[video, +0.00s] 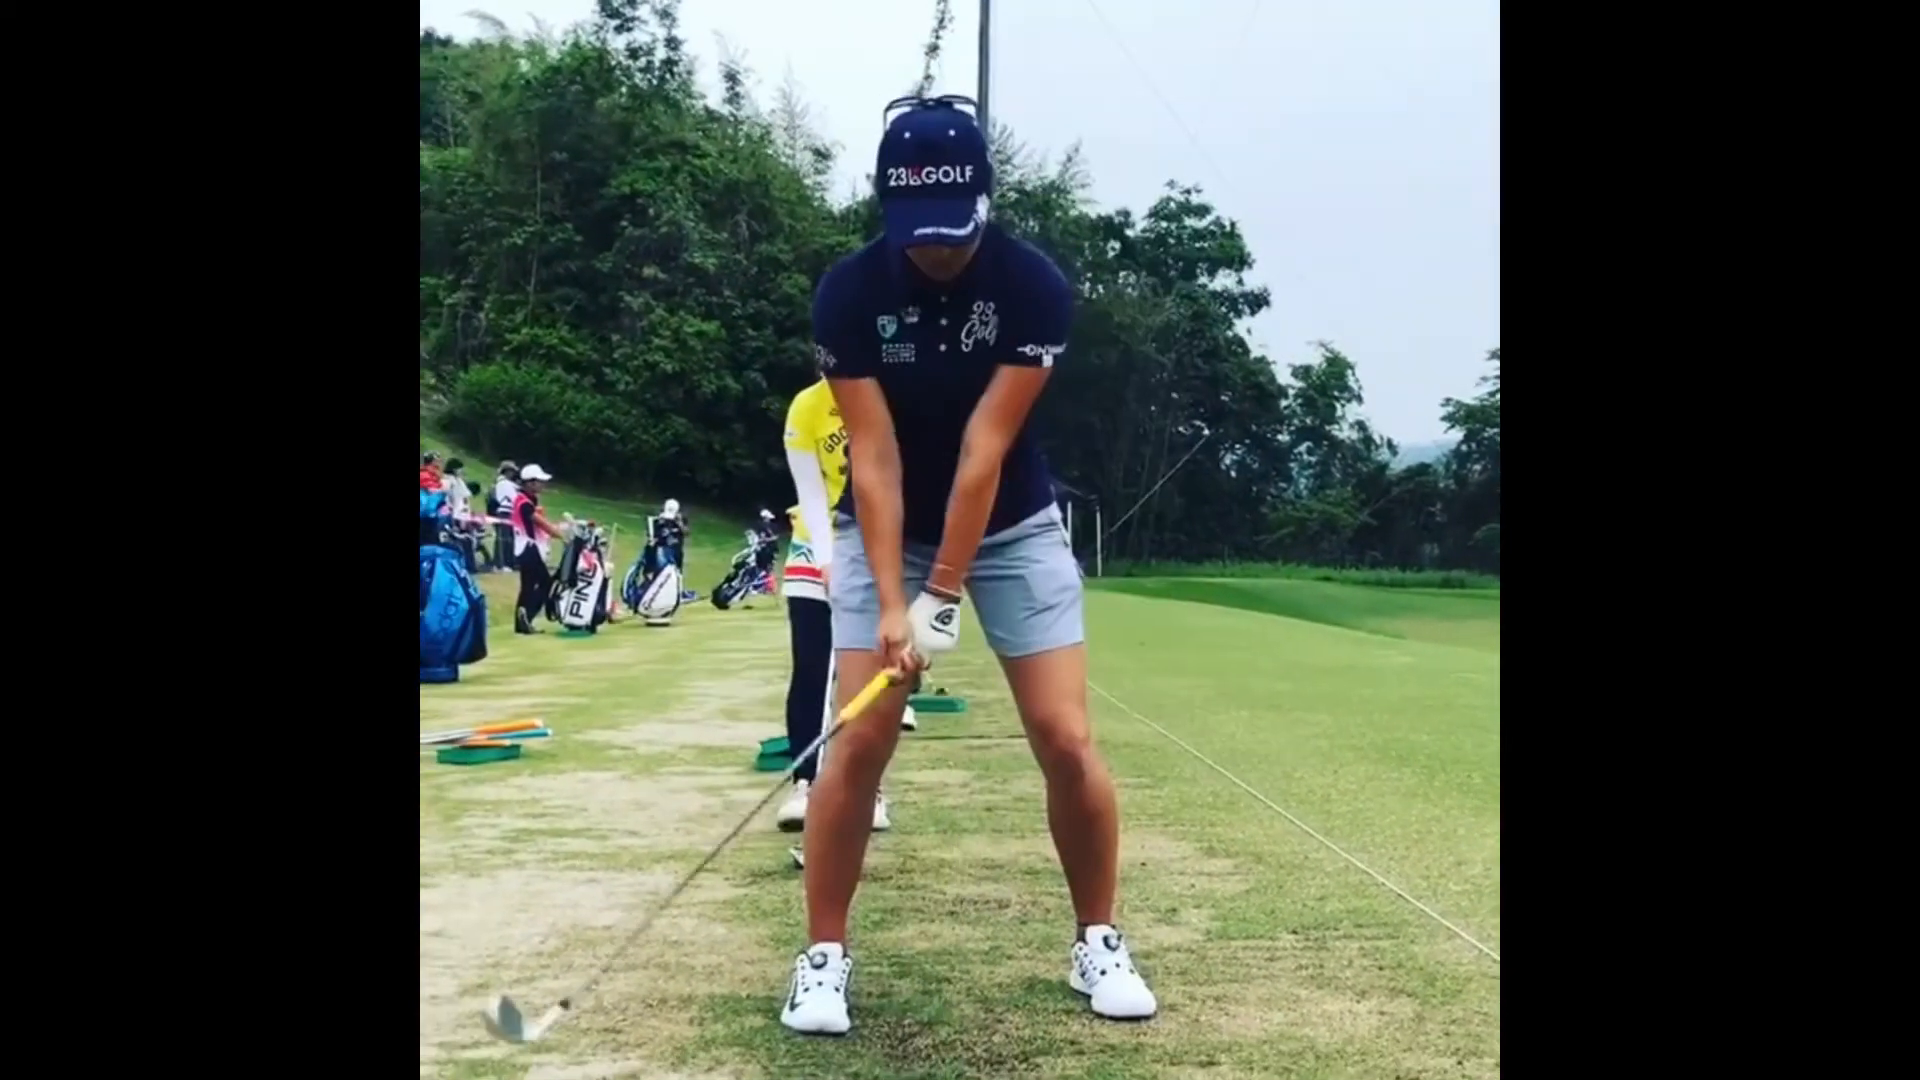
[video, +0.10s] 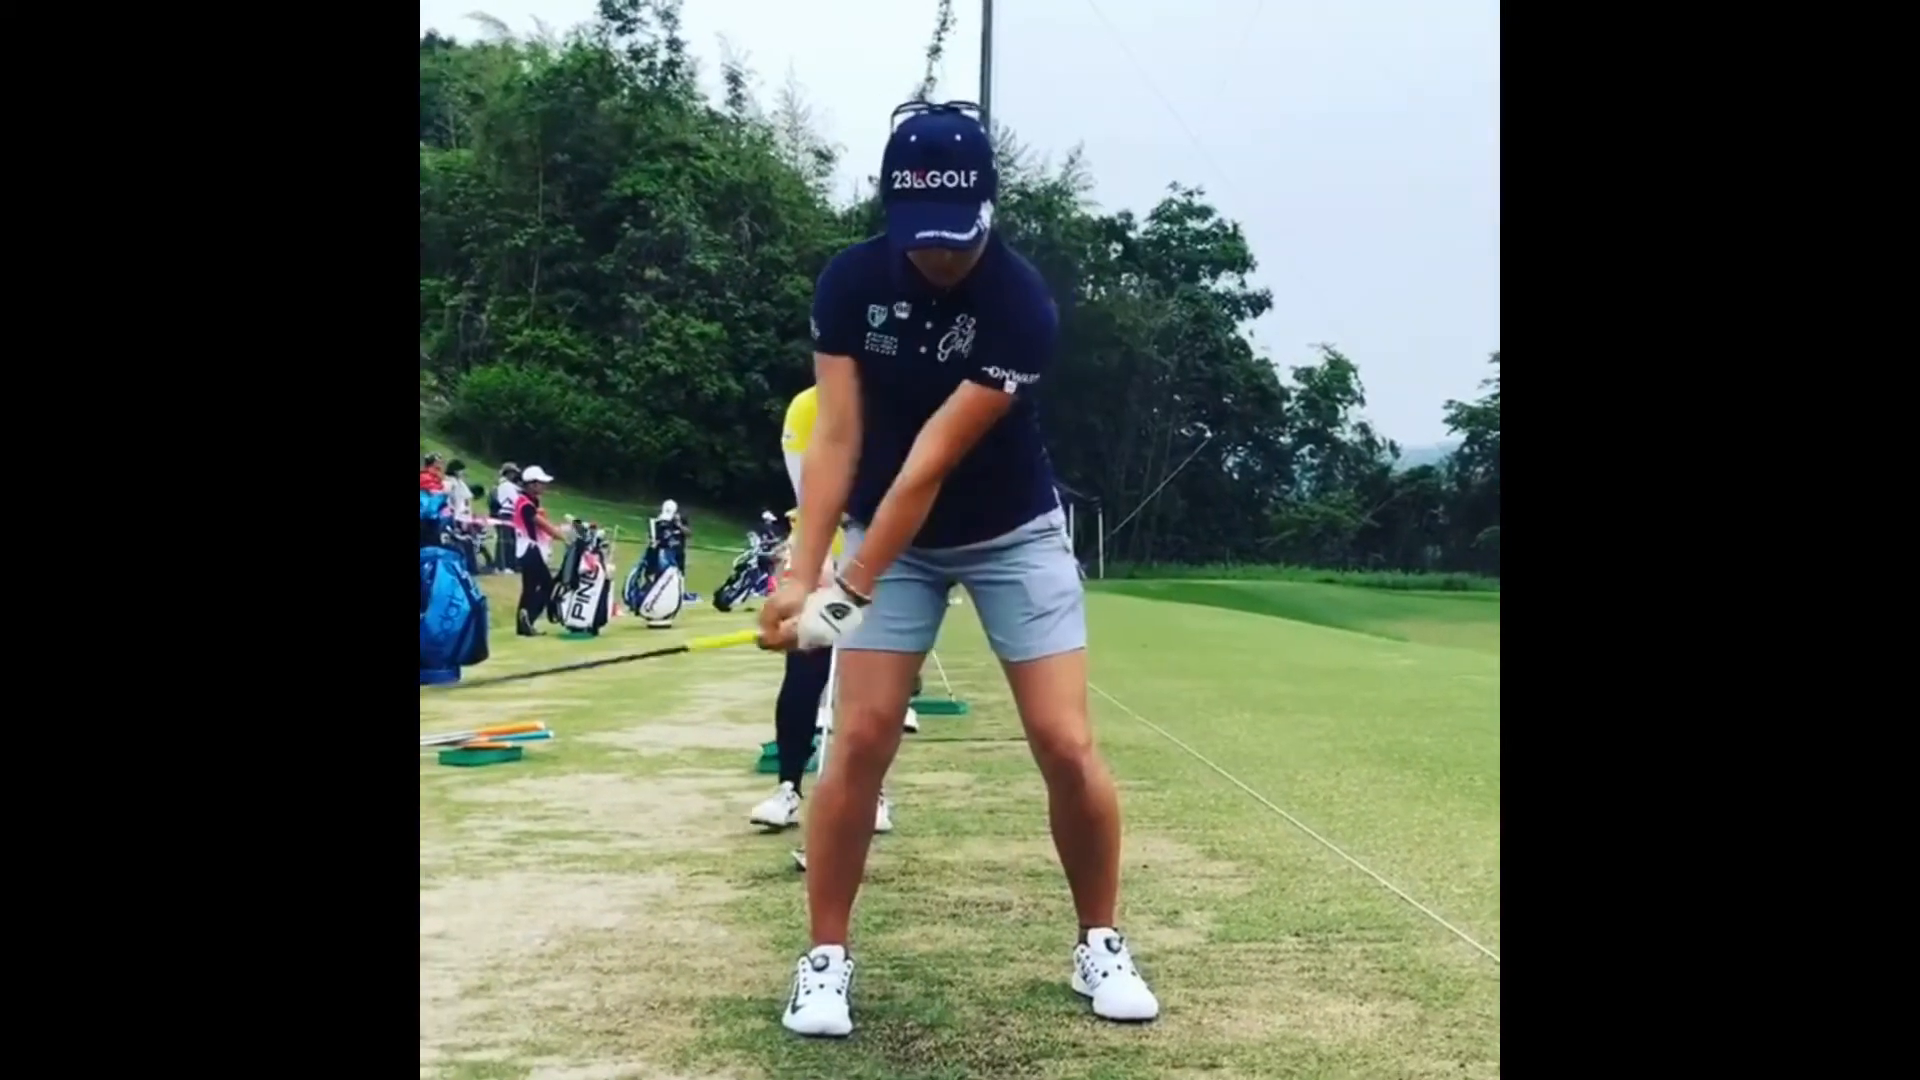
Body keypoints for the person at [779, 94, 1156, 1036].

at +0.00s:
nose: (939, 243)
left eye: (956, 223)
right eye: (921, 225)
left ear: (984, 199)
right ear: (890, 203)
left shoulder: (1035, 289)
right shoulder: (847, 294)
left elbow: (984, 453)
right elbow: (872, 453)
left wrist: (944, 591)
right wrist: (889, 596)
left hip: (1014, 529)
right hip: (889, 533)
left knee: (1066, 740)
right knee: (856, 746)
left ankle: (1100, 941)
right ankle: (824, 954)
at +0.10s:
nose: (940, 250)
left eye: (958, 231)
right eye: (923, 232)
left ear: (988, 206)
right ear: (892, 207)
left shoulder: (1021, 307)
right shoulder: (849, 283)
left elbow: (926, 471)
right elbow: (834, 437)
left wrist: (844, 593)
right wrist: (800, 571)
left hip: (1015, 537)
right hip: (893, 540)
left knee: (1068, 746)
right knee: (862, 738)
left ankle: (1102, 944)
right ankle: (826, 956)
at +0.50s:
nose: (930, 253)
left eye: (952, 233)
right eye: (913, 233)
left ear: (991, 215)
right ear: (891, 212)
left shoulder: (974, 309)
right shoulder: (902, 271)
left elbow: (809, 254)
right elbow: (833, 297)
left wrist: (747, 175)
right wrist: (782, 186)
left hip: (1017, 550)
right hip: (900, 542)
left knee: (1058, 775)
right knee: (870, 737)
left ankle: (1100, 951)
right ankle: (827, 961)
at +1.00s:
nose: (1037, 248)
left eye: (1035, 230)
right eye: (1015, 242)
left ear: (972, 239)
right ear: (965, 254)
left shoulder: (973, 258)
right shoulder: (1037, 325)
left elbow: (1089, 263)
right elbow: (1133, 291)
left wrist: (1195, 252)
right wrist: (1205, 230)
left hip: (1069, 526)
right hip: (1050, 540)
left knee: (1092, 726)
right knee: (1002, 759)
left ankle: (1088, 952)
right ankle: (834, 920)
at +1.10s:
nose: (1104, 227)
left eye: (1097, 211)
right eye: (1086, 222)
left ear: (1000, 206)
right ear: (1031, 224)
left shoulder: (954, 240)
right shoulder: (1105, 283)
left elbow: (1082, 218)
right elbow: (1119, 201)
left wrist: (1117, 132)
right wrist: (1111, 113)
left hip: (1006, 509)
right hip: (1069, 523)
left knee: (1083, 742)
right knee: (1025, 760)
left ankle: (1085, 958)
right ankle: (873, 925)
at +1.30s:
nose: (1137, 165)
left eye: (1133, 150)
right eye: (1124, 154)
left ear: (1040, 171)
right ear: (1079, 170)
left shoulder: (977, 244)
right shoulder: (1143, 240)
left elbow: (919, 195)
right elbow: (1066, 157)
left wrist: (919, 107)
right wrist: (969, 93)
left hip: (1000, 515)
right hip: (1086, 519)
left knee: (1073, 746)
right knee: (1021, 761)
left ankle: (1076, 959)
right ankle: (878, 930)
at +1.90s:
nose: (1132, 150)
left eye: (1125, 135)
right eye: (1120, 141)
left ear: (1034, 163)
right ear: (1086, 160)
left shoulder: (978, 253)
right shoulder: (1140, 237)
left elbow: (880, 199)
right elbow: (1065, 184)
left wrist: (919, 105)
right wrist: (991, 116)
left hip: (993, 522)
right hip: (1078, 526)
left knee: (1061, 753)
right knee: (1004, 769)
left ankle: (1062, 969)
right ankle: (868, 937)